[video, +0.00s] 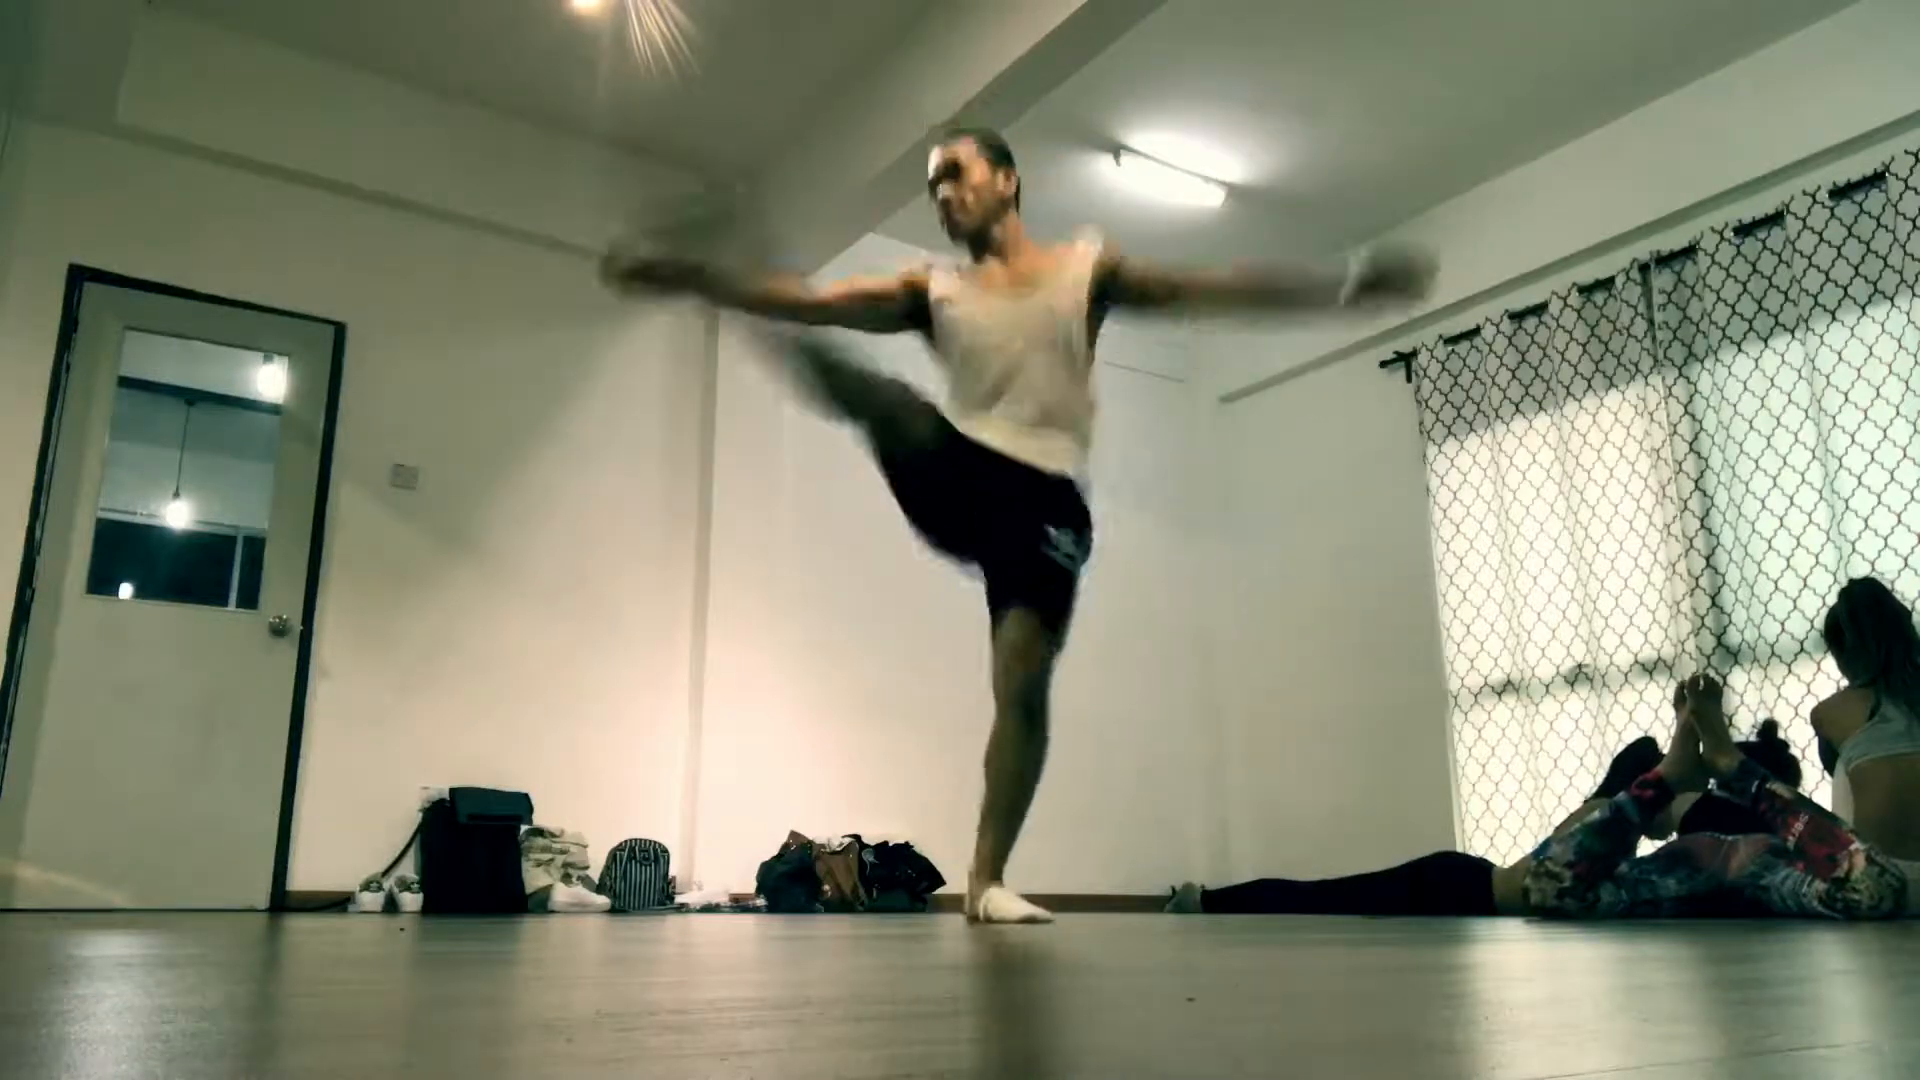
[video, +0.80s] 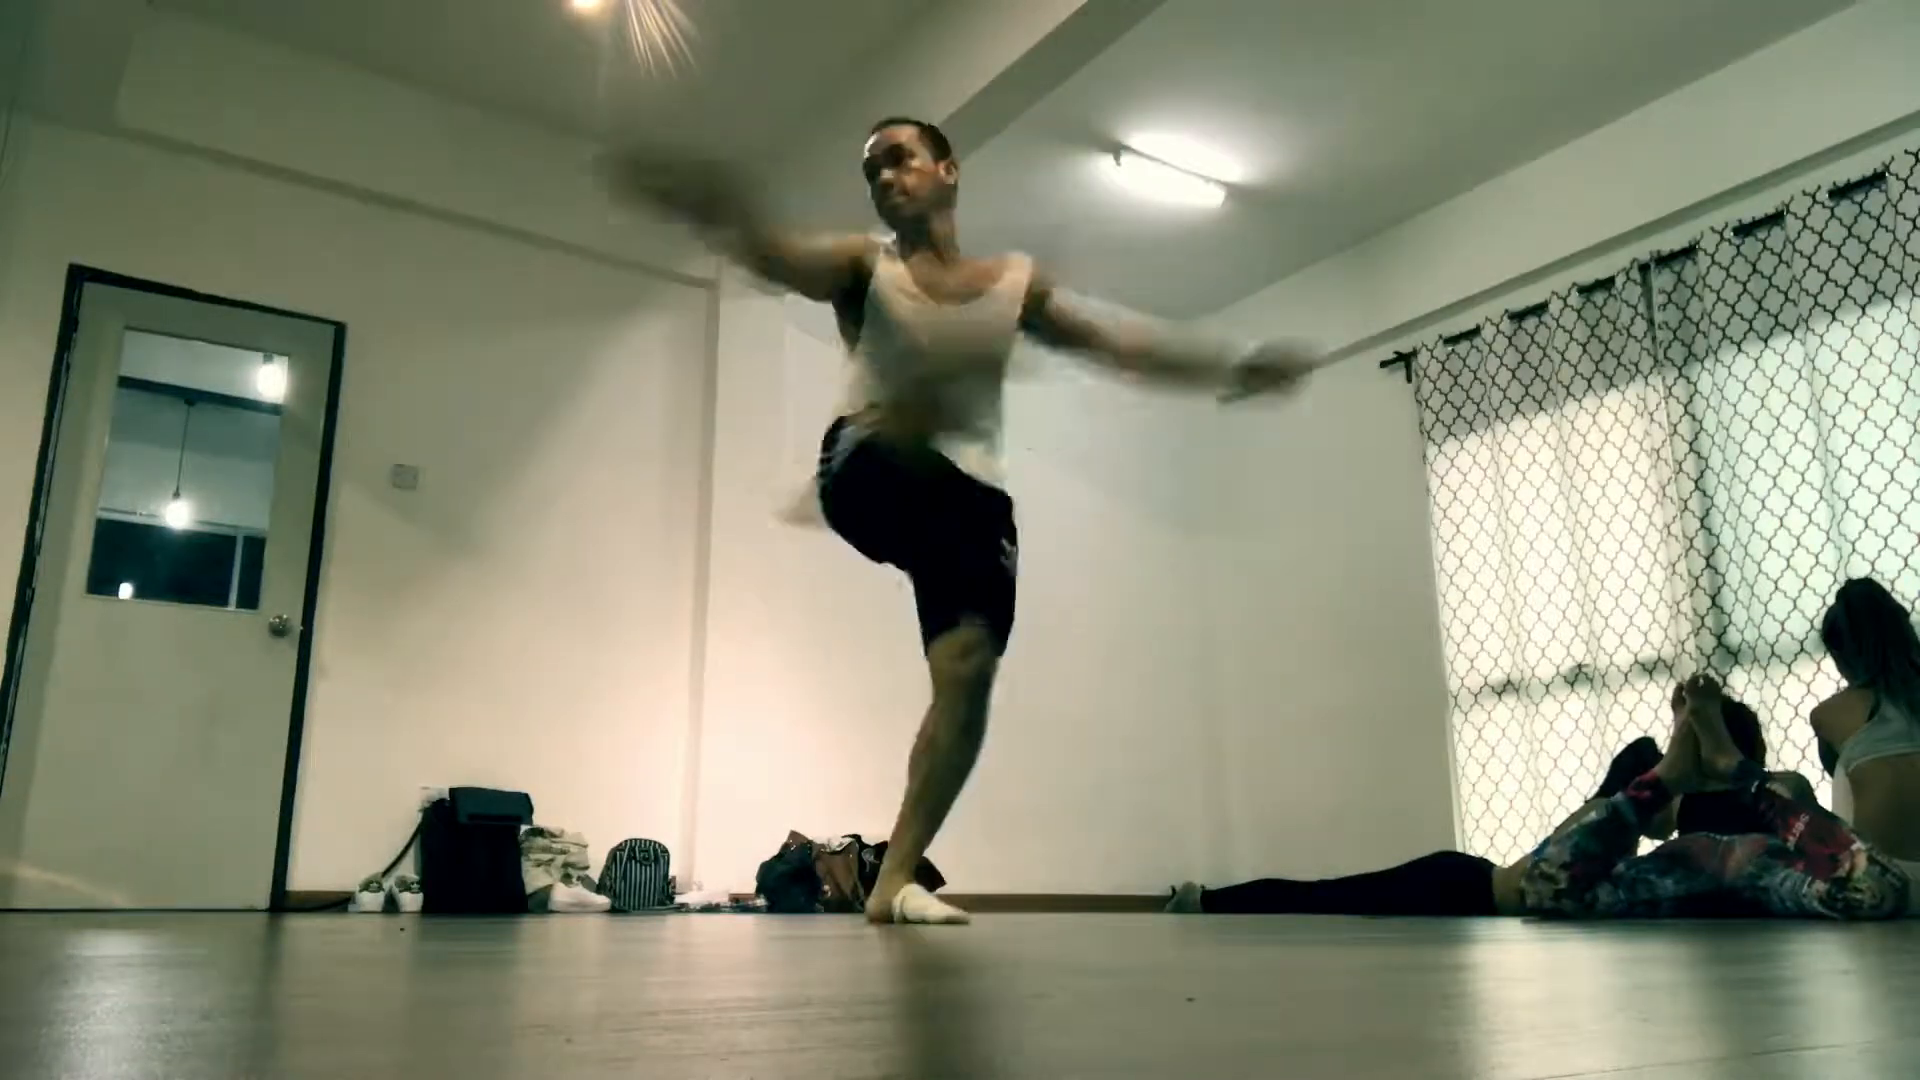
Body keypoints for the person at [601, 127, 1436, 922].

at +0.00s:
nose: (946, 193)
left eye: (958, 175)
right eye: (937, 184)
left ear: (1007, 179)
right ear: (941, 205)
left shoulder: (1087, 263)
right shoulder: (936, 289)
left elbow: (1211, 287)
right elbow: (807, 298)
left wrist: (1339, 290)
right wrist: (691, 280)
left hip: (1045, 494)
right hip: (956, 473)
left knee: (1023, 684)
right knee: (867, 392)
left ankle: (985, 884)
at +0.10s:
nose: (936, 138)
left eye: (950, 120)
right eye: (929, 129)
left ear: (1004, 122)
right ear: (942, 148)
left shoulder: (1069, 188)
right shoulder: (952, 253)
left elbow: (1213, 182)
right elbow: (838, 308)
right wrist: (738, 337)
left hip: (1038, 448)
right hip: (956, 419)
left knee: (1005, 651)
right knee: (809, 406)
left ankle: (987, 869)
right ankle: (586, 397)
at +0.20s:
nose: (921, 114)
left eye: (936, 96)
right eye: (915, 105)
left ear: (990, 100)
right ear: (929, 129)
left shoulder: (1028, 156)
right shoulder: (951, 234)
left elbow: (1131, 153)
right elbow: (920, 345)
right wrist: (847, 411)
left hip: (1037, 398)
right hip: (973, 405)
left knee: (1001, 611)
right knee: (822, 448)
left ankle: (1020, 836)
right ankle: (639, 486)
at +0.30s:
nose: (906, 118)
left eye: (923, 101)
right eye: (907, 106)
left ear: (975, 112)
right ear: (940, 122)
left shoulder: (983, 177)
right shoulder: (956, 205)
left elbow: (999, 186)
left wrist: (968, 178)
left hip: (994, 419)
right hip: (970, 420)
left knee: (996, 647)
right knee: (892, 503)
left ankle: (1027, 853)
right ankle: (804, 567)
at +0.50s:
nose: (874, 95)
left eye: (880, 83)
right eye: (884, 81)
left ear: (889, 96)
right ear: (959, 107)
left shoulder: (837, 185)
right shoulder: (988, 172)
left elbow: (813, 307)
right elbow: (1088, 244)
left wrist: (894, 289)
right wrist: (1043, 271)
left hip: (906, 447)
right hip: (1006, 409)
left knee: (951, 649)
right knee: (1102, 511)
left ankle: (996, 840)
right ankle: (1176, 597)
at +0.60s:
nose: (958, 100)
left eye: (954, 86)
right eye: (943, 86)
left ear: (882, 111)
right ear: (899, 99)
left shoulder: (845, 218)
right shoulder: (922, 161)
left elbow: (901, 309)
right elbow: (991, 218)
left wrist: (989, 292)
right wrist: (1043, 261)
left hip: (889, 427)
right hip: (959, 386)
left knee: (935, 625)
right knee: (1136, 456)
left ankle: (944, 841)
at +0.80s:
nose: (884, 175)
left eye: (900, 158)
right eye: (874, 170)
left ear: (950, 173)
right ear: (876, 196)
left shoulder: (1015, 283)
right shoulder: (864, 266)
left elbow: (1126, 346)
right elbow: (773, 255)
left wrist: (1234, 370)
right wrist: (713, 209)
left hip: (968, 497)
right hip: (875, 479)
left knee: (966, 680)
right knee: (899, 405)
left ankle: (896, 879)